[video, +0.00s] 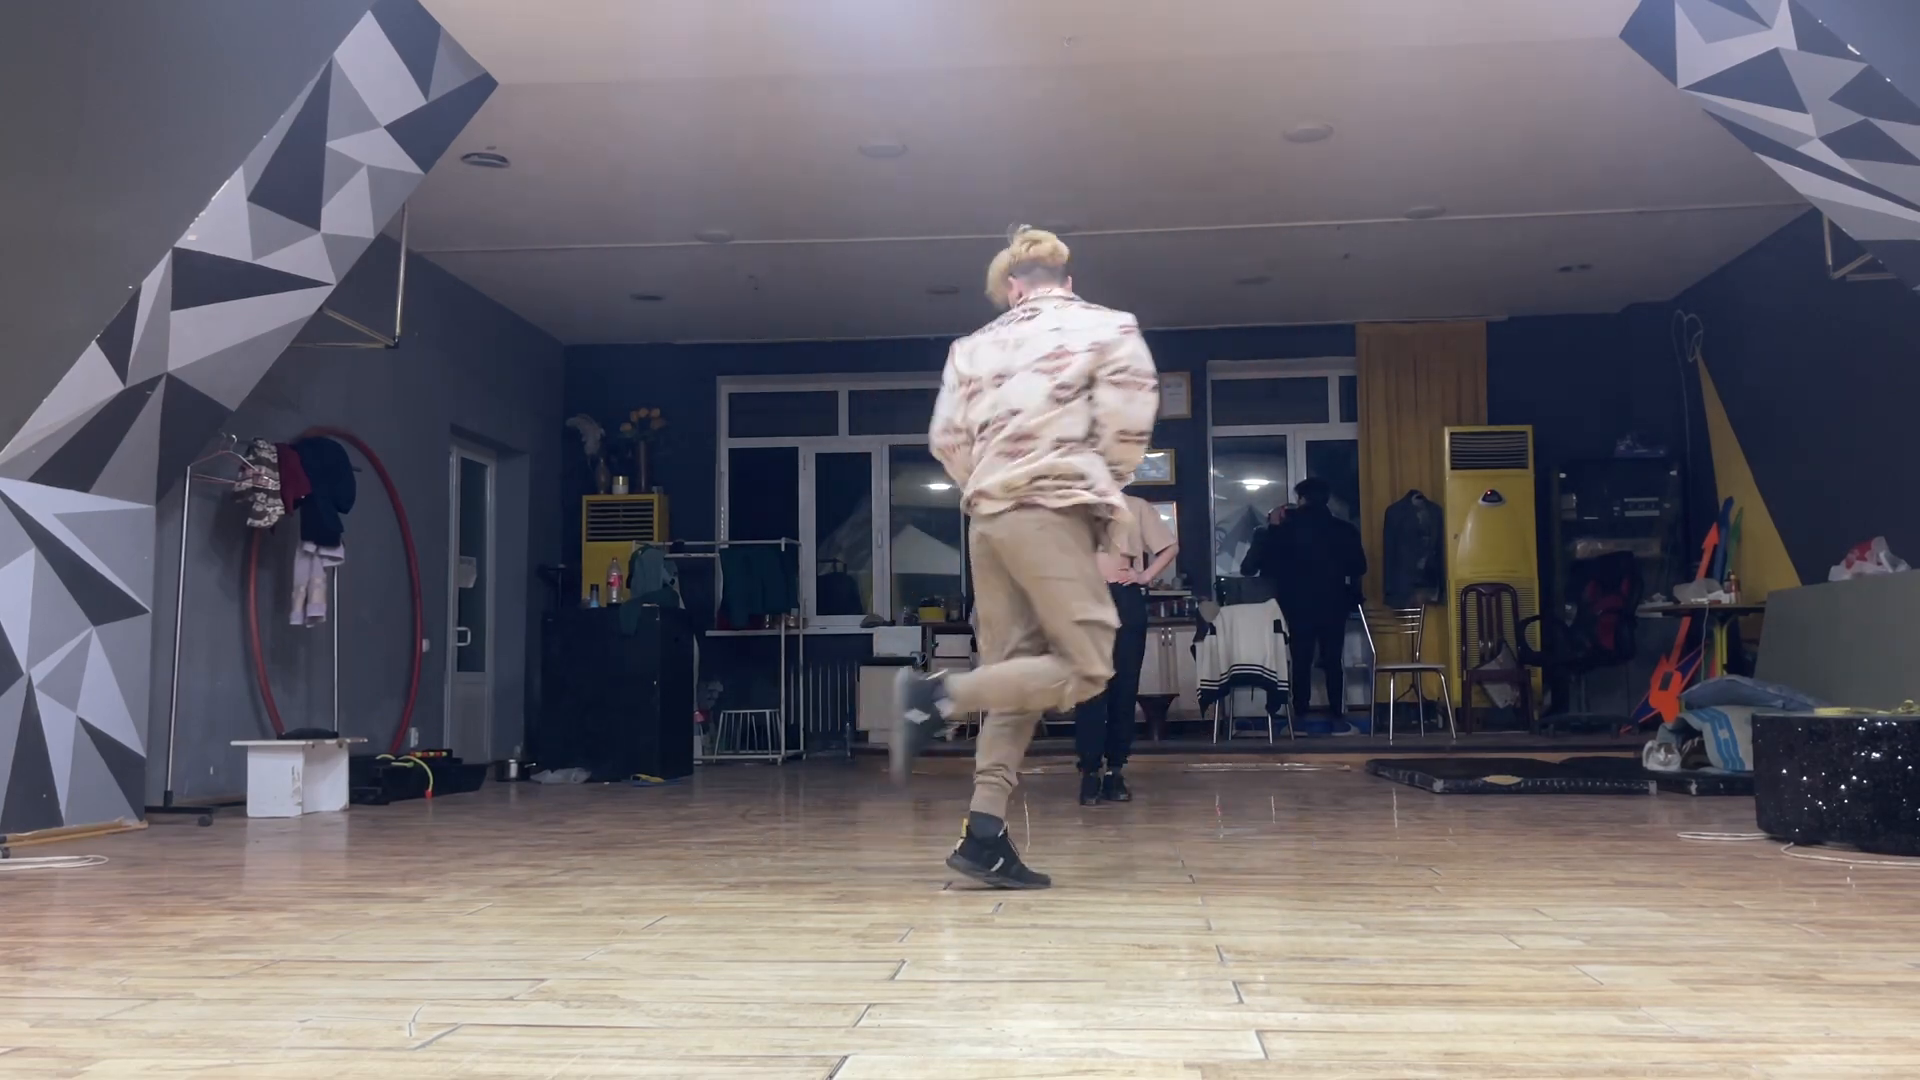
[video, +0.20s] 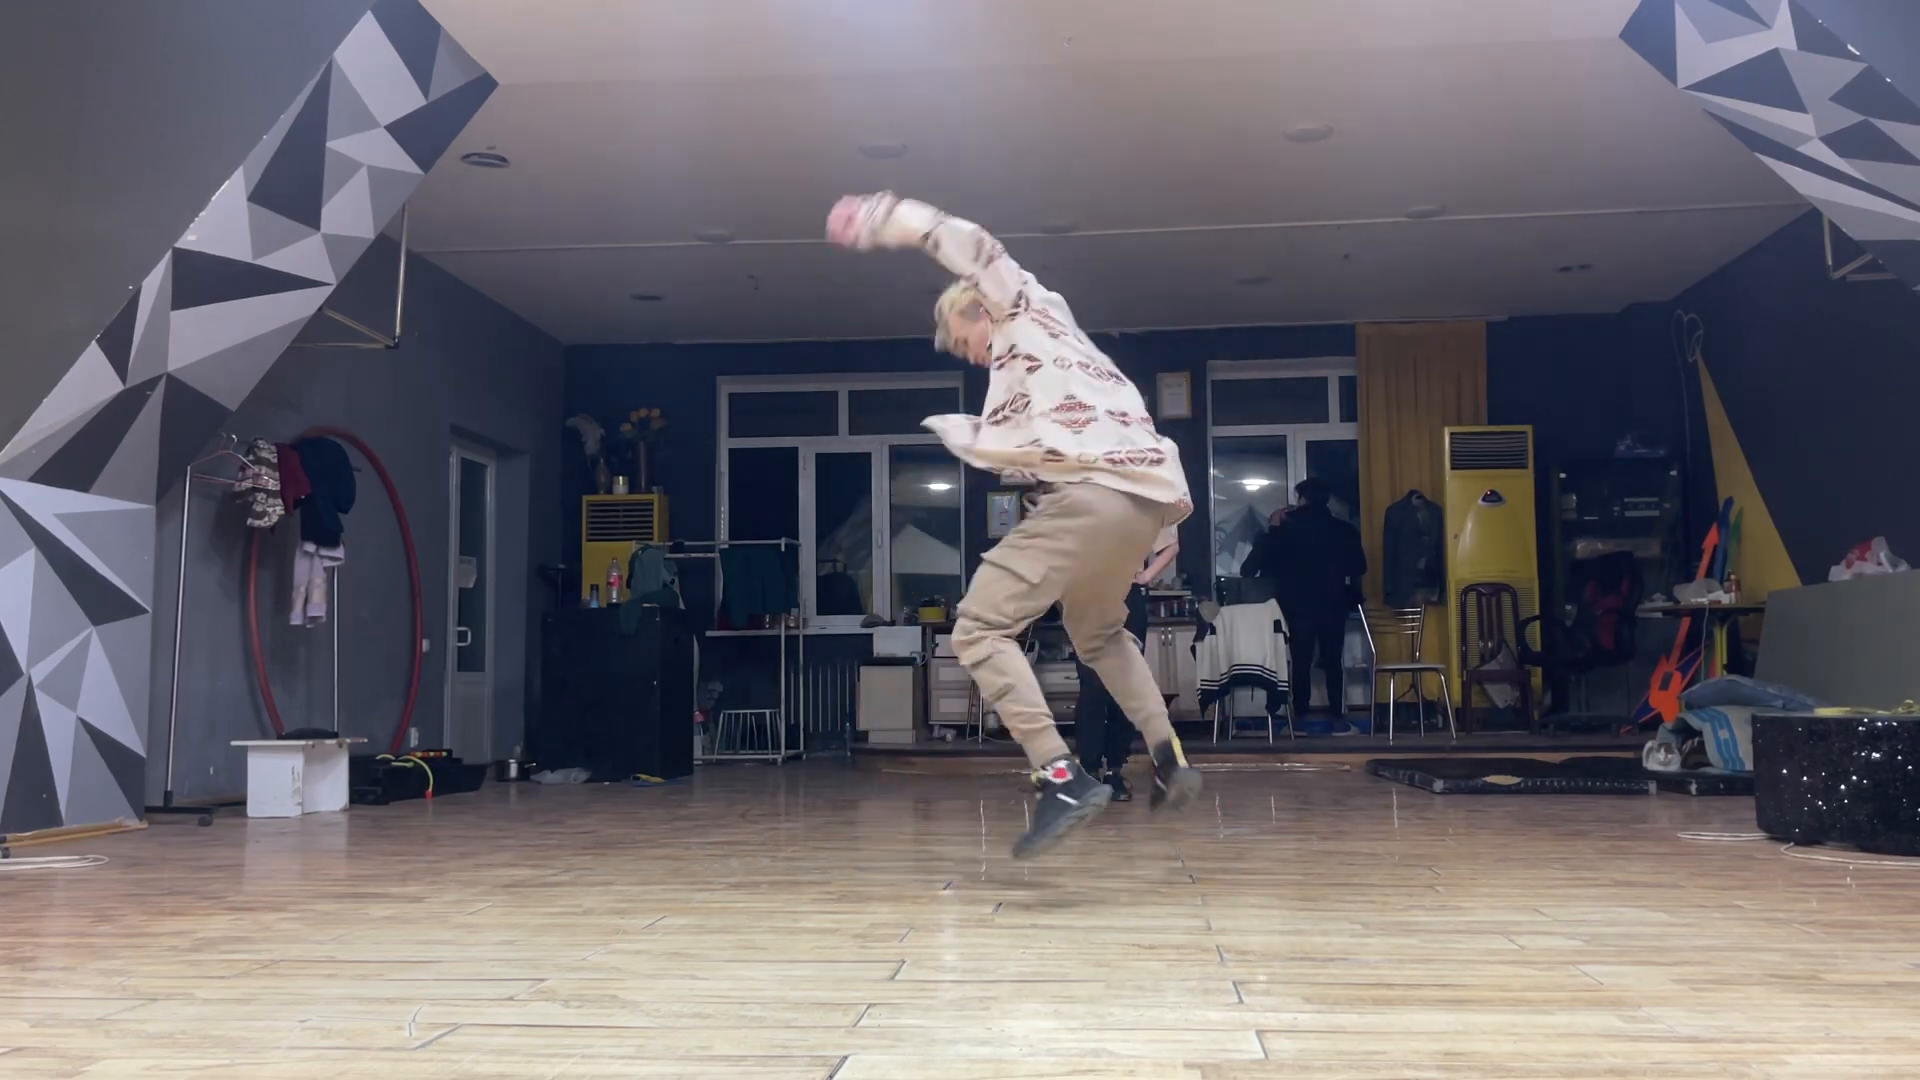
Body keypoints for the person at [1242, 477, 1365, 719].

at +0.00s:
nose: (1298, 503)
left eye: (1299, 499)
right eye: (1301, 499)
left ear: (1301, 500)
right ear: (1327, 500)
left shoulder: (1286, 528)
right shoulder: (1344, 529)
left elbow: (1250, 567)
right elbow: (1358, 568)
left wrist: (1270, 527)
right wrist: (1355, 597)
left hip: (1298, 605)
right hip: (1333, 604)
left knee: (1300, 661)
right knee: (1333, 661)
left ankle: (1300, 717)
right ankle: (1337, 718)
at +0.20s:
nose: (1298, 502)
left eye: (1299, 498)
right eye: (1300, 498)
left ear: (1302, 499)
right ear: (1327, 499)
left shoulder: (1287, 528)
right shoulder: (1345, 529)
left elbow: (1252, 567)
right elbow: (1358, 568)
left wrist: (1272, 529)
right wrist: (1354, 598)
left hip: (1297, 604)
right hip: (1333, 603)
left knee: (1300, 660)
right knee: (1333, 661)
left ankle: (1300, 716)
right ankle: (1337, 718)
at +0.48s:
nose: (1297, 503)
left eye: (1298, 499)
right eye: (1297, 499)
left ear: (1301, 500)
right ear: (1325, 500)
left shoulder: (1285, 530)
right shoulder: (1344, 530)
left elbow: (1270, 567)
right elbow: (1357, 567)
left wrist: (1283, 594)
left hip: (1298, 605)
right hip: (1332, 605)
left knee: (1300, 661)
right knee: (1333, 661)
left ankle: (1299, 719)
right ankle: (1337, 719)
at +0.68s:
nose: (1295, 504)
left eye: (1296, 500)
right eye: (1296, 500)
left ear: (1298, 501)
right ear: (1322, 500)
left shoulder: (1284, 530)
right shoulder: (1341, 529)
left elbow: (1266, 568)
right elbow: (1355, 568)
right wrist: (1353, 597)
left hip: (1297, 604)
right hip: (1331, 604)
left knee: (1300, 661)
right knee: (1332, 660)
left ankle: (1299, 720)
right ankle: (1337, 719)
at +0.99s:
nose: (1290, 507)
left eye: (1290, 503)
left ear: (1289, 503)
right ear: (1313, 502)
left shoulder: (1279, 528)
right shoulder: (1333, 526)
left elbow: (1264, 567)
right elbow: (1351, 562)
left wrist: (1278, 590)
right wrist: (1353, 595)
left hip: (1294, 604)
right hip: (1329, 602)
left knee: (1299, 663)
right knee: (1331, 662)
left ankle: (1299, 718)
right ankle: (1336, 719)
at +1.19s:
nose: (1282, 510)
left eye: (1282, 506)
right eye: (1282, 506)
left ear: (1284, 506)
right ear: (1307, 503)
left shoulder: (1275, 530)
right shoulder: (1326, 525)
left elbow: (1262, 569)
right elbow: (1342, 560)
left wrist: (1277, 591)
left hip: (1293, 605)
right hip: (1327, 603)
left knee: (1299, 663)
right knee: (1330, 662)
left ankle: (1299, 720)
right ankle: (1336, 719)